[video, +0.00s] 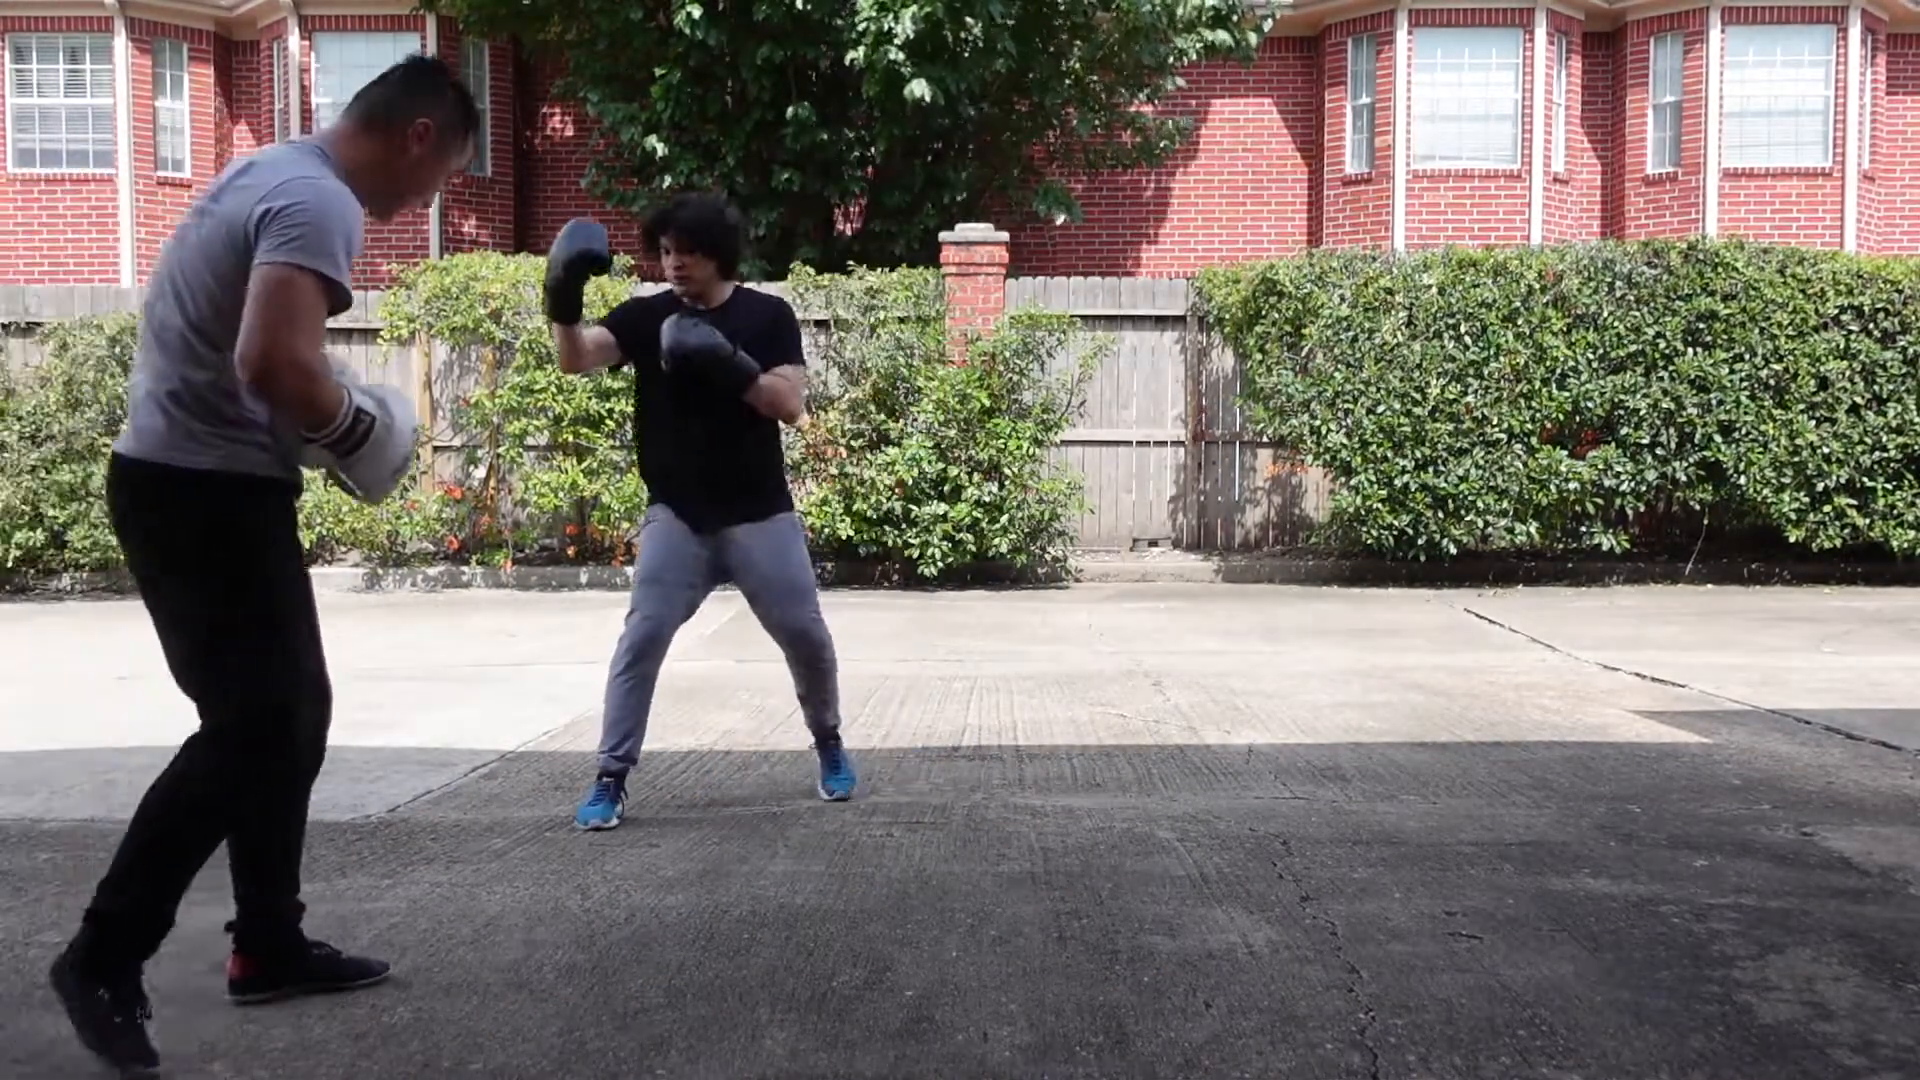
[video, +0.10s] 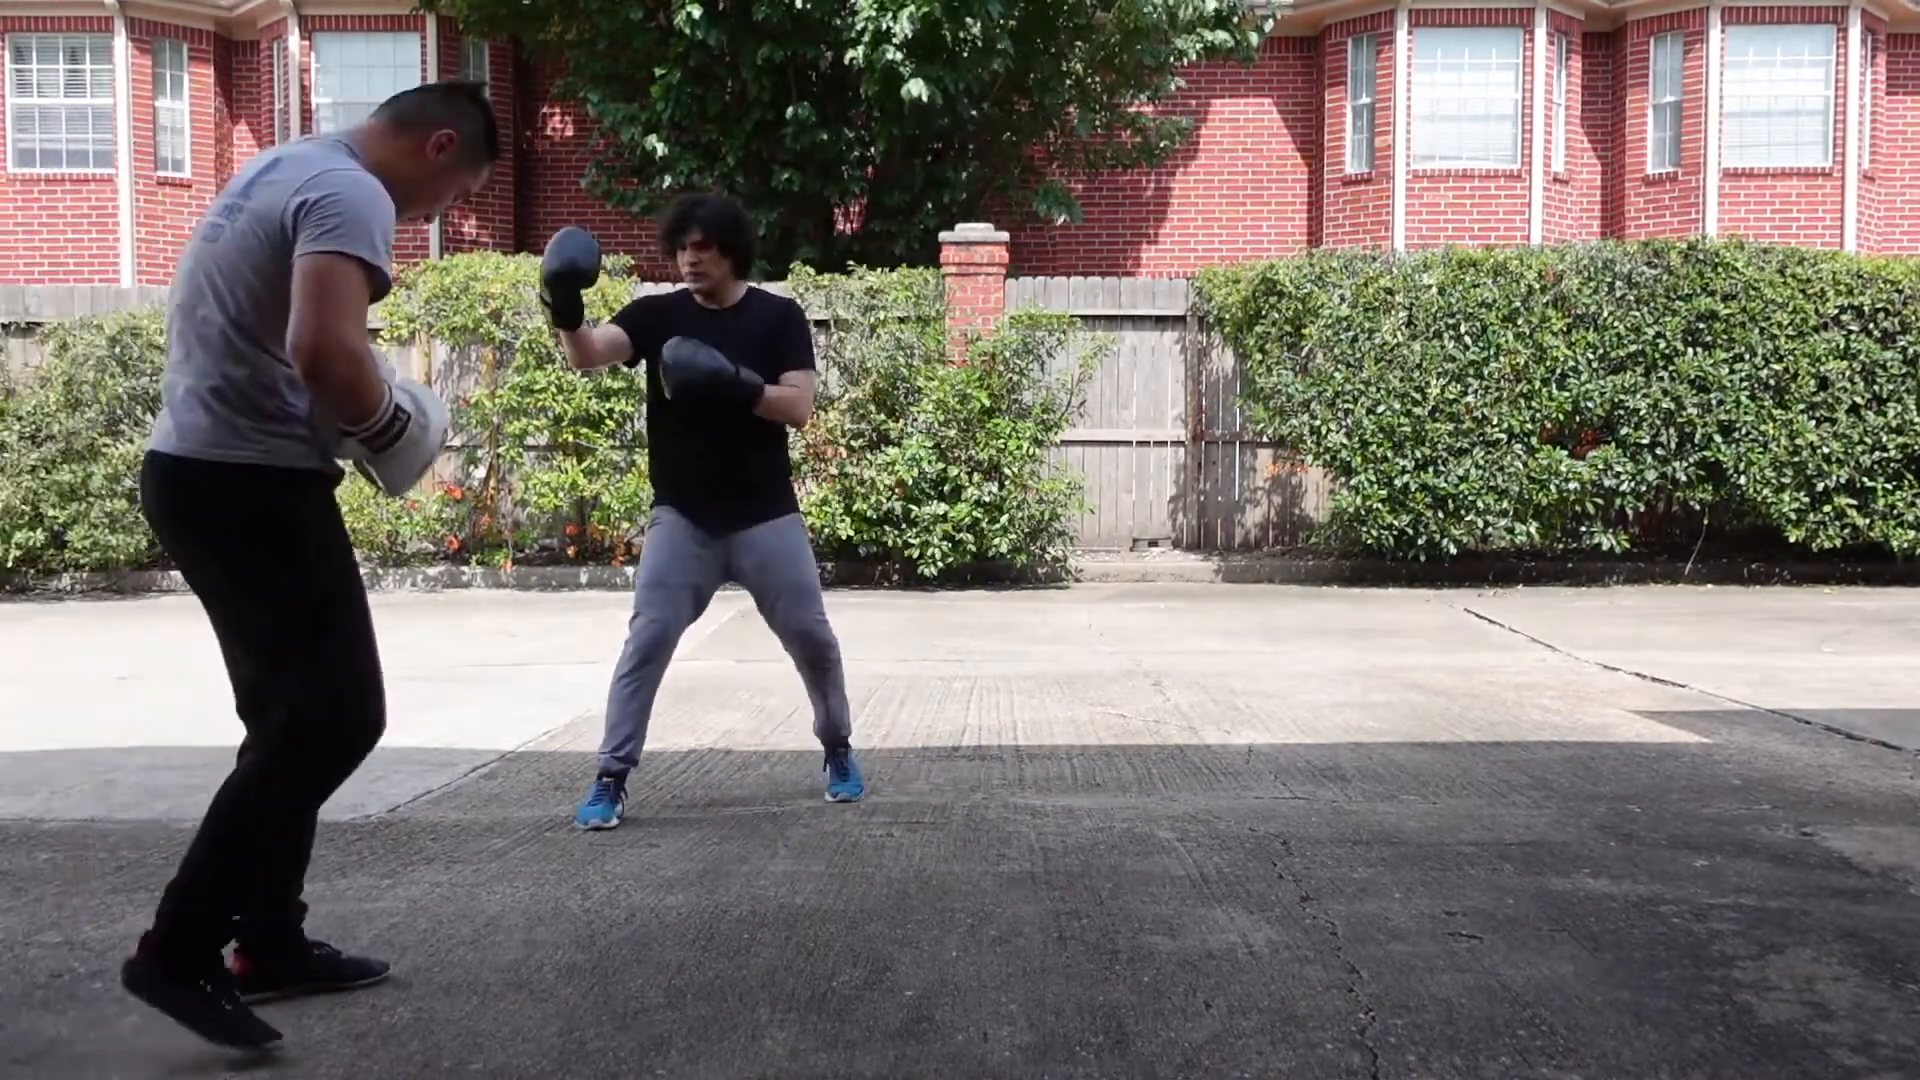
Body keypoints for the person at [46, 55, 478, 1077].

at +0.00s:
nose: (438, 193)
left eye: (447, 175)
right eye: (446, 169)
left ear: (382, 118)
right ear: (418, 133)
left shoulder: (281, 175)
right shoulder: (311, 197)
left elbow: (255, 350)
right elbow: (273, 360)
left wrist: (345, 411)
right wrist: (354, 430)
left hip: (223, 483)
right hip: (201, 488)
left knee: (293, 713)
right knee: (255, 723)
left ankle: (268, 944)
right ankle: (99, 962)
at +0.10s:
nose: (434, 212)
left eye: (450, 198)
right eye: (451, 191)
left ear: (410, 130)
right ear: (437, 145)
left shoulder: (299, 167)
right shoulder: (344, 187)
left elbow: (286, 343)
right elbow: (326, 349)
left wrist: (374, 414)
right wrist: (389, 426)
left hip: (213, 474)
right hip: (254, 481)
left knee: (296, 718)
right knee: (336, 718)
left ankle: (271, 945)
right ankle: (175, 958)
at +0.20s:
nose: (456, 219)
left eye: (470, 206)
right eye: (471, 199)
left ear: (426, 132)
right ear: (458, 152)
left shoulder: (303, 168)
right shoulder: (378, 181)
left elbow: (276, 339)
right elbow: (366, 342)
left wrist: (378, 409)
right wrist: (422, 422)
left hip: (218, 468)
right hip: (292, 480)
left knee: (290, 707)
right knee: (390, 710)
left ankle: (270, 942)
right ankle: (306, 978)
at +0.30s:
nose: (477, 224)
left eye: (490, 216)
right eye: (491, 208)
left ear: (439, 135)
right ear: (481, 161)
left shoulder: (317, 169)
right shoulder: (415, 187)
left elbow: (283, 330)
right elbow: (409, 351)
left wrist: (384, 396)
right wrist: (443, 417)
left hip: (229, 467)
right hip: (318, 475)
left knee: (296, 703)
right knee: (413, 720)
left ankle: (270, 947)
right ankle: (445, 981)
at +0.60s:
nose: (556, 214)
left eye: (566, 204)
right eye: (564, 202)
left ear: (499, 131)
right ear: (550, 162)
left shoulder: (366, 148)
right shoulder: (521, 199)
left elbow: (288, 274)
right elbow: (542, 370)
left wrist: (417, 342)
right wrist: (506, 409)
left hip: (306, 469)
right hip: (423, 481)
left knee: (344, 701)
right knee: (484, 733)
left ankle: (285, 936)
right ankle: (494, 983)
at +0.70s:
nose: (575, 196)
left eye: (583, 186)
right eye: (583, 184)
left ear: (502, 120)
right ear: (566, 151)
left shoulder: (379, 146)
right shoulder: (539, 190)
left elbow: (307, 275)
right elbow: (569, 362)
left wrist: (430, 336)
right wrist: (533, 402)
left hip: (326, 472)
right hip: (447, 484)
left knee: (347, 707)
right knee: (491, 735)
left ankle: (294, 936)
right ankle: (493, 982)